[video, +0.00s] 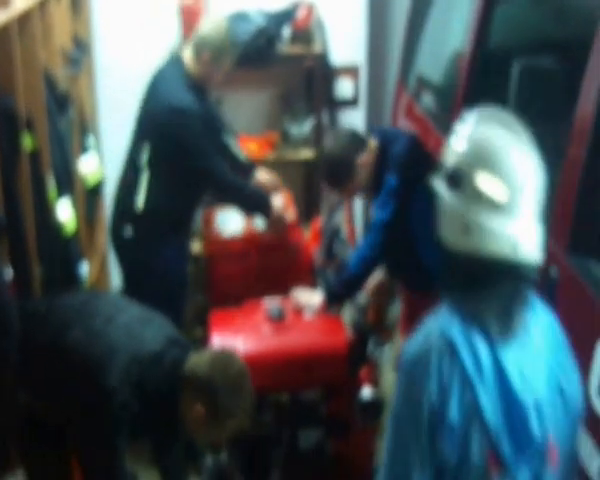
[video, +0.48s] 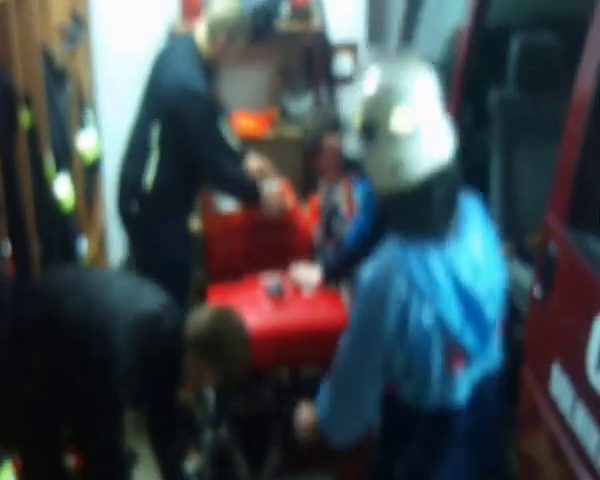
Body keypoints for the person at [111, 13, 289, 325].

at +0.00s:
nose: (225, 78)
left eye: (229, 70)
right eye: (224, 69)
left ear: (203, 54)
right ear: (205, 59)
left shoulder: (180, 77)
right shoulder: (181, 105)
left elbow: (215, 141)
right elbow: (213, 175)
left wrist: (250, 173)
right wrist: (264, 204)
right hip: (150, 230)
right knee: (161, 322)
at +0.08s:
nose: (230, 75)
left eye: (233, 67)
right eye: (230, 66)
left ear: (206, 51)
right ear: (213, 59)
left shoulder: (178, 75)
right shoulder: (186, 105)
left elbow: (214, 141)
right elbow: (214, 175)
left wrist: (249, 172)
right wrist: (264, 205)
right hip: (152, 227)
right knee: (162, 320)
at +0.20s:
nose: (234, 71)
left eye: (236, 62)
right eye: (233, 62)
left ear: (208, 46)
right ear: (218, 55)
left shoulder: (181, 68)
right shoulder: (187, 100)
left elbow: (211, 137)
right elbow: (212, 174)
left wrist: (245, 172)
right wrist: (262, 209)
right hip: (154, 220)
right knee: (165, 311)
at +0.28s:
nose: (236, 67)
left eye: (238, 58)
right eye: (235, 58)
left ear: (211, 43)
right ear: (220, 52)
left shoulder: (183, 65)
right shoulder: (186, 94)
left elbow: (207, 138)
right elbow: (210, 170)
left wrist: (241, 169)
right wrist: (261, 206)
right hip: (154, 215)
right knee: (166, 305)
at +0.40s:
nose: (238, 62)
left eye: (240, 54)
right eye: (237, 54)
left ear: (212, 37)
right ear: (221, 46)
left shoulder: (184, 60)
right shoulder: (186, 87)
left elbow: (204, 135)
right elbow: (208, 164)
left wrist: (239, 163)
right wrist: (259, 200)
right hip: (155, 209)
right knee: (168, 300)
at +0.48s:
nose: (240, 57)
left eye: (242, 48)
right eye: (239, 48)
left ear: (215, 33)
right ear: (222, 40)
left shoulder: (186, 56)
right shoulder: (186, 81)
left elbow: (208, 130)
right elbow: (207, 158)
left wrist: (242, 159)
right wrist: (254, 193)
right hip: (154, 203)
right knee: (171, 292)